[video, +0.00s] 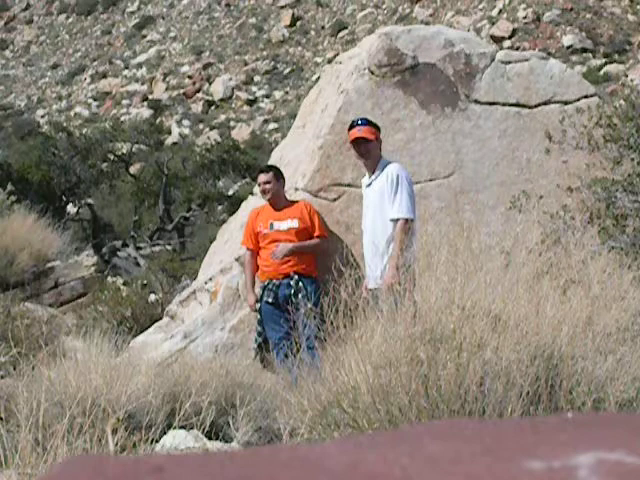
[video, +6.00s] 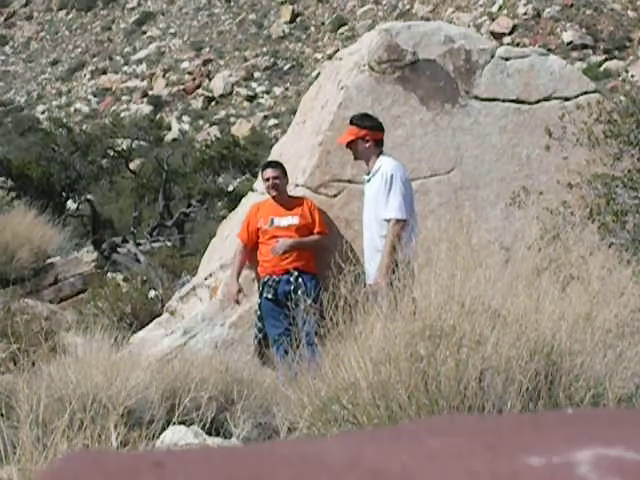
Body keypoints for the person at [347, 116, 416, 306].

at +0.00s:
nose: (362, 148)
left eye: (367, 141)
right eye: (356, 143)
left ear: (379, 142)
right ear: (352, 148)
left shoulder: (395, 173)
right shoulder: (366, 183)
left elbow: (404, 222)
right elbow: (372, 231)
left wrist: (393, 268)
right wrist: (369, 275)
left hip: (394, 276)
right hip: (375, 278)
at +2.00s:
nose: (356, 145)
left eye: (361, 139)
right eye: (352, 140)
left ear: (377, 137)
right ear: (351, 142)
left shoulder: (396, 170)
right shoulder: (367, 178)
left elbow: (404, 218)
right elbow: (372, 227)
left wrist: (393, 264)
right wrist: (369, 271)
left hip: (393, 272)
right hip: (374, 274)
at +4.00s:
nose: (352, 146)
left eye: (357, 140)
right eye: (351, 140)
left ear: (376, 139)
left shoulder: (394, 170)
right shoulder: (368, 177)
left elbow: (402, 218)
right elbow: (371, 228)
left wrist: (391, 264)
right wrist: (368, 275)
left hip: (391, 272)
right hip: (372, 275)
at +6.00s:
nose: (349, 147)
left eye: (353, 142)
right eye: (349, 142)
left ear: (367, 142)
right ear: (366, 142)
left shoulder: (392, 171)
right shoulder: (372, 175)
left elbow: (398, 223)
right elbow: (376, 226)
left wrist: (384, 274)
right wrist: (373, 274)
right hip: (374, 277)